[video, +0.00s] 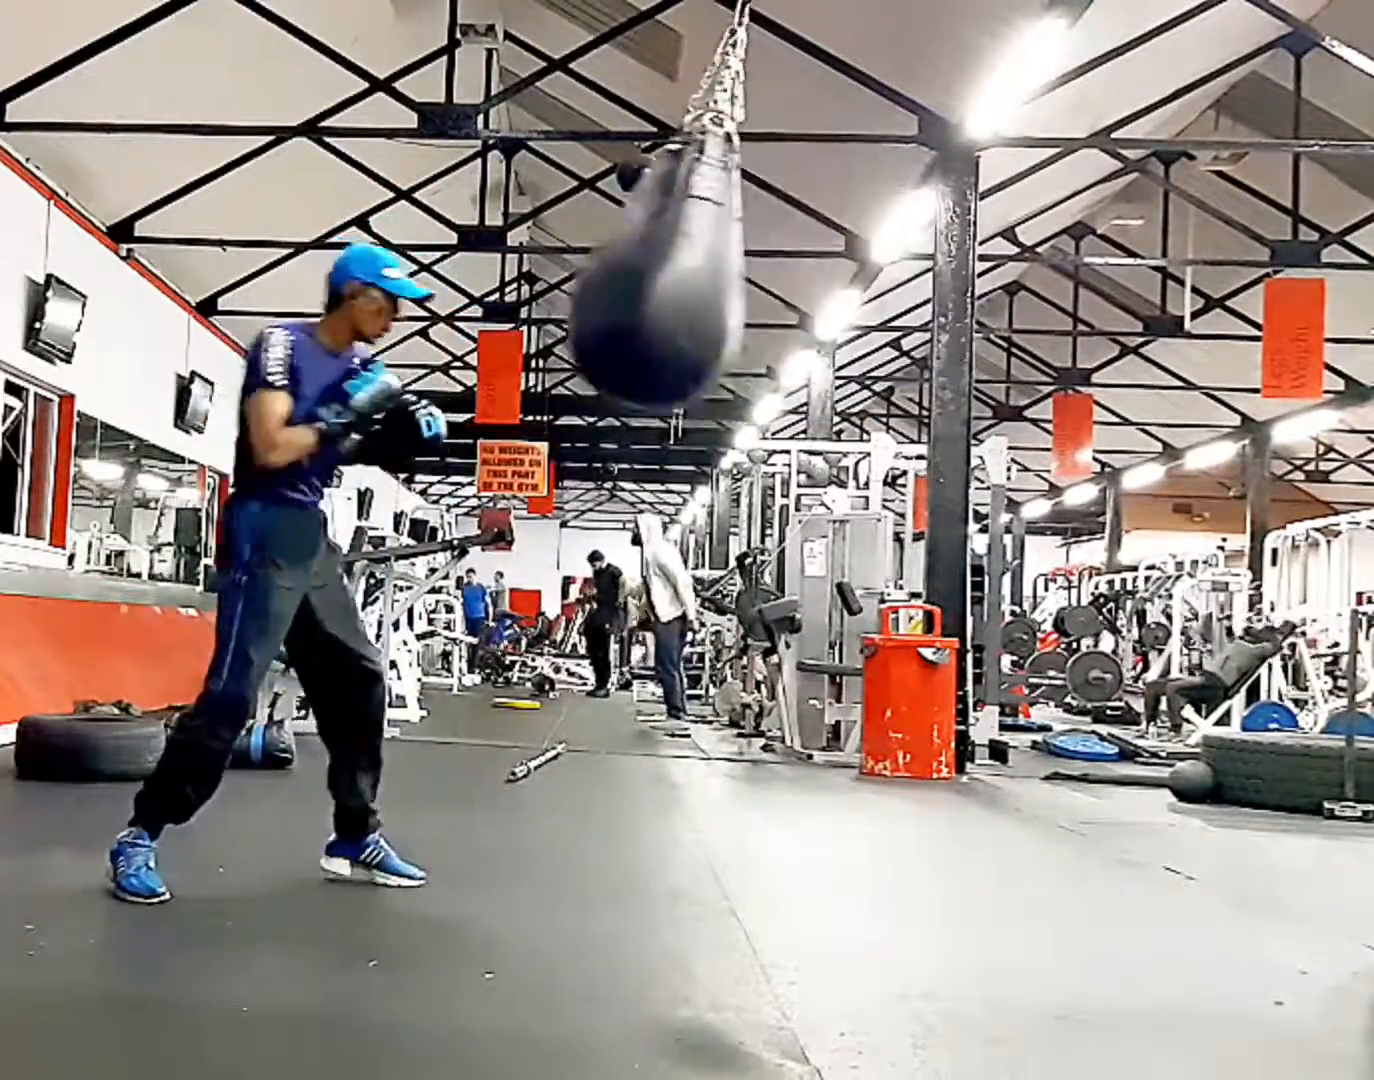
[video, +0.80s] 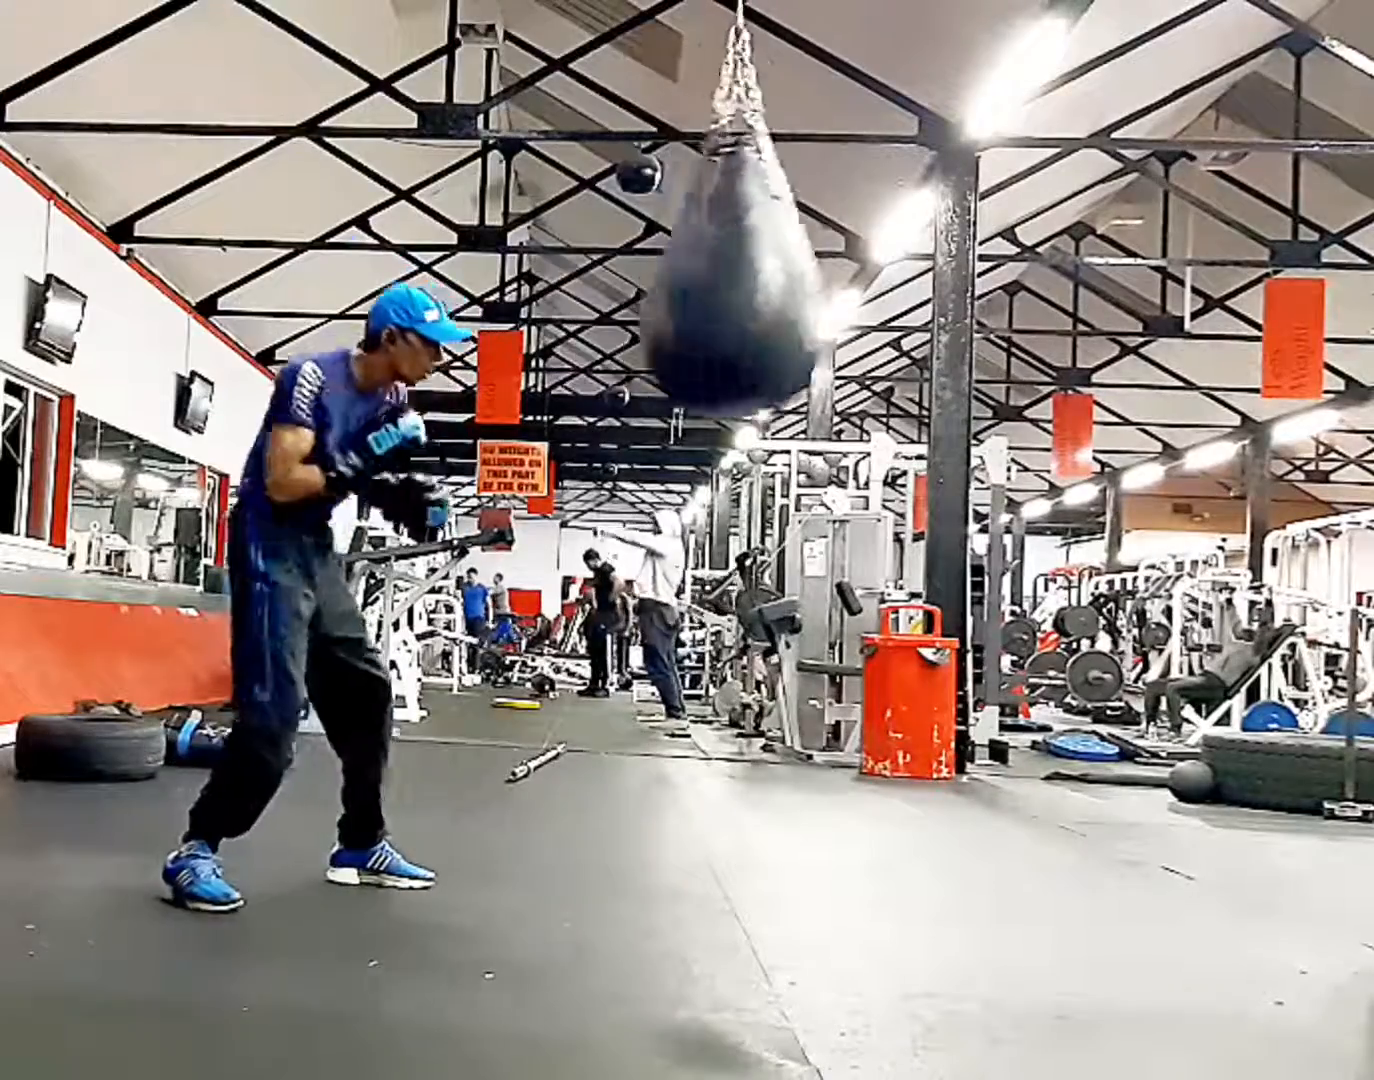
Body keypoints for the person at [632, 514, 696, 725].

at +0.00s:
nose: (632, 534)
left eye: (635, 529)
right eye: (633, 529)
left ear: (646, 531)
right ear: (648, 531)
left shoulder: (662, 552)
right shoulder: (650, 553)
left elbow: (682, 580)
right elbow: (652, 584)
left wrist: (691, 613)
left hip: (671, 616)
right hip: (662, 616)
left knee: (667, 665)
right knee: (669, 665)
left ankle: (676, 711)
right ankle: (676, 708)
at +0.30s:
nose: (627, 535)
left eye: (630, 529)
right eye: (627, 530)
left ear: (640, 531)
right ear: (643, 531)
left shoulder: (656, 554)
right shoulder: (647, 555)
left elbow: (669, 588)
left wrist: (671, 622)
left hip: (671, 616)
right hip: (663, 616)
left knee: (663, 666)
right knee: (673, 666)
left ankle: (676, 712)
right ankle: (678, 710)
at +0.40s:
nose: (633, 530)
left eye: (637, 526)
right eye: (635, 525)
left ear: (647, 528)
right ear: (651, 527)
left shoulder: (658, 551)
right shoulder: (650, 550)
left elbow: (661, 585)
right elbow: (650, 583)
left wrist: (650, 611)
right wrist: (639, 596)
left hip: (668, 612)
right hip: (663, 612)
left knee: (661, 663)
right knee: (668, 662)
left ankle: (675, 711)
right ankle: (677, 708)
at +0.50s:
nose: (641, 528)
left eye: (645, 524)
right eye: (642, 523)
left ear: (654, 526)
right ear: (661, 526)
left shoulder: (658, 549)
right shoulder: (667, 547)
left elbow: (650, 577)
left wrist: (630, 594)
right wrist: (635, 592)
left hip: (661, 609)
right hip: (669, 607)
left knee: (661, 661)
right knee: (668, 659)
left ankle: (675, 709)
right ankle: (677, 707)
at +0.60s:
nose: (650, 526)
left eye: (653, 522)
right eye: (651, 521)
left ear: (662, 523)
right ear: (666, 523)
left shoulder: (667, 544)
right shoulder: (664, 545)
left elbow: (645, 565)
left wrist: (613, 568)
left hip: (659, 605)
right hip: (656, 604)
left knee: (661, 658)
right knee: (662, 658)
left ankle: (675, 708)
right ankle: (675, 706)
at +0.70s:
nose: (652, 528)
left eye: (656, 525)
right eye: (654, 524)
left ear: (665, 526)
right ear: (673, 527)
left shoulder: (665, 544)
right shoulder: (675, 546)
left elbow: (638, 549)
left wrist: (605, 553)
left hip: (655, 602)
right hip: (665, 603)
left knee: (658, 658)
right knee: (666, 658)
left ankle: (675, 708)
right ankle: (676, 707)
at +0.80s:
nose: (654, 528)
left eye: (656, 524)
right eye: (655, 524)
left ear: (665, 524)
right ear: (673, 525)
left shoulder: (666, 543)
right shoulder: (675, 546)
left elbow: (638, 539)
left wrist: (611, 533)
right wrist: (634, 584)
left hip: (657, 606)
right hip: (665, 606)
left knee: (657, 661)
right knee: (666, 660)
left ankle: (674, 709)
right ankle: (676, 707)